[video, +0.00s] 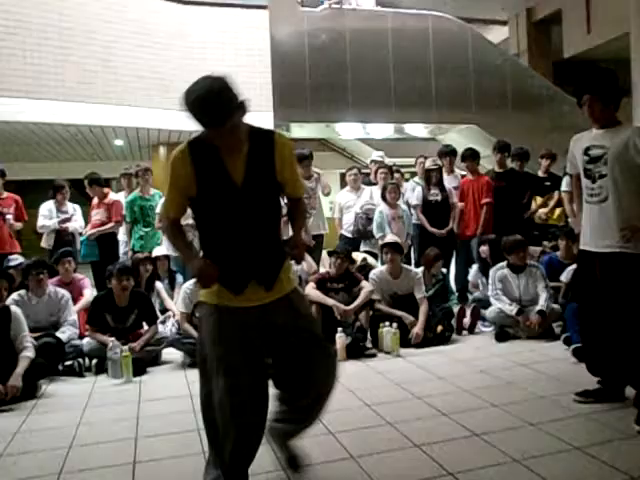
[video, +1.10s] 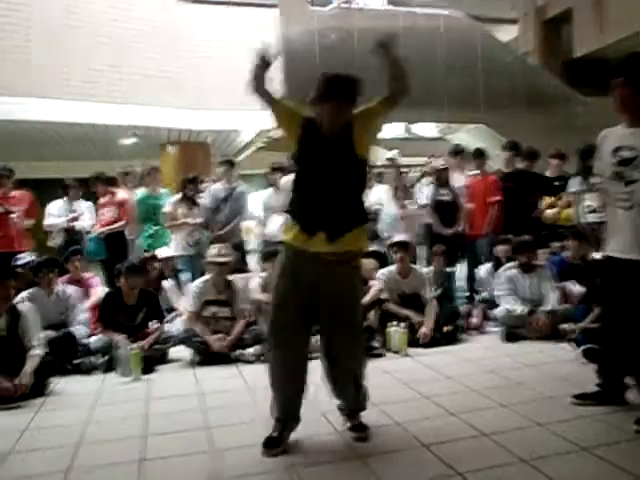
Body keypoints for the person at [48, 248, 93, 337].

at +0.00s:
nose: (66, 266)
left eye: (69, 262)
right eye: (62, 263)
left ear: (74, 265)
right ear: (57, 267)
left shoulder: (82, 280)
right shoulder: (51, 284)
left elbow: (88, 297)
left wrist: (73, 311)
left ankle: (81, 333)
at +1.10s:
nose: (76, 265)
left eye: (78, 261)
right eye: (72, 262)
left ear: (82, 262)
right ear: (66, 266)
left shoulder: (92, 279)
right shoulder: (62, 282)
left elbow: (97, 296)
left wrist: (82, 308)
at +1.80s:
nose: (55, 235)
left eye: (58, 231)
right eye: (51, 232)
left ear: (63, 232)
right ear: (45, 234)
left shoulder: (72, 248)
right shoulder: (41, 252)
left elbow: (76, 265)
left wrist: (63, 277)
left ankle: (73, 302)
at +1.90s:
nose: (57, 240)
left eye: (60, 235)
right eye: (53, 236)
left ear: (65, 236)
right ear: (48, 239)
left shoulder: (74, 252)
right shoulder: (43, 255)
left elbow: (79, 268)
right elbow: (41, 274)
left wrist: (66, 281)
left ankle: (75, 307)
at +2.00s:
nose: (56, 236)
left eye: (58, 232)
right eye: (52, 234)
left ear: (65, 235)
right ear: (48, 238)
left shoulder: (74, 251)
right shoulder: (44, 255)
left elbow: (79, 268)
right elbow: (41, 273)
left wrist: (66, 281)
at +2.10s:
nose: (55, 235)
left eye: (58, 231)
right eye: (52, 232)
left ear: (65, 234)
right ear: (48, 237)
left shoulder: (76, 251)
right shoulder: (44, 255)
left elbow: (79, 269)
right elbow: (42, 273)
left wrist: (67, 282)